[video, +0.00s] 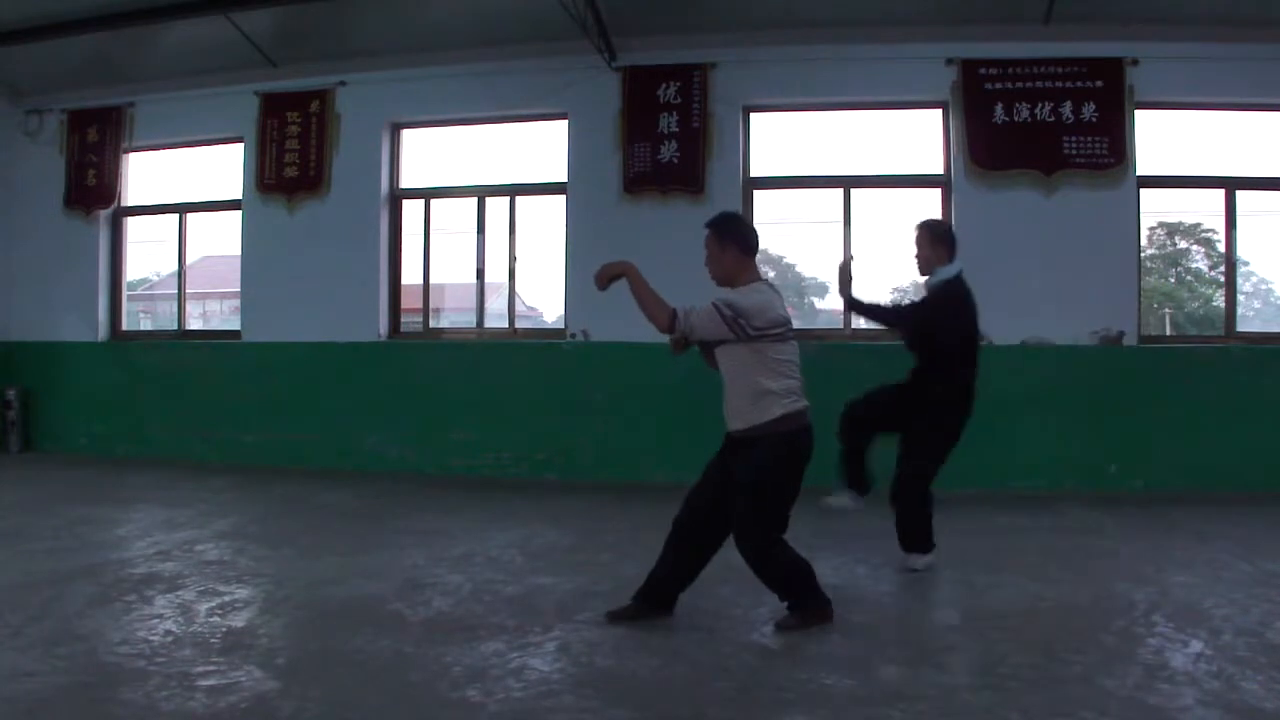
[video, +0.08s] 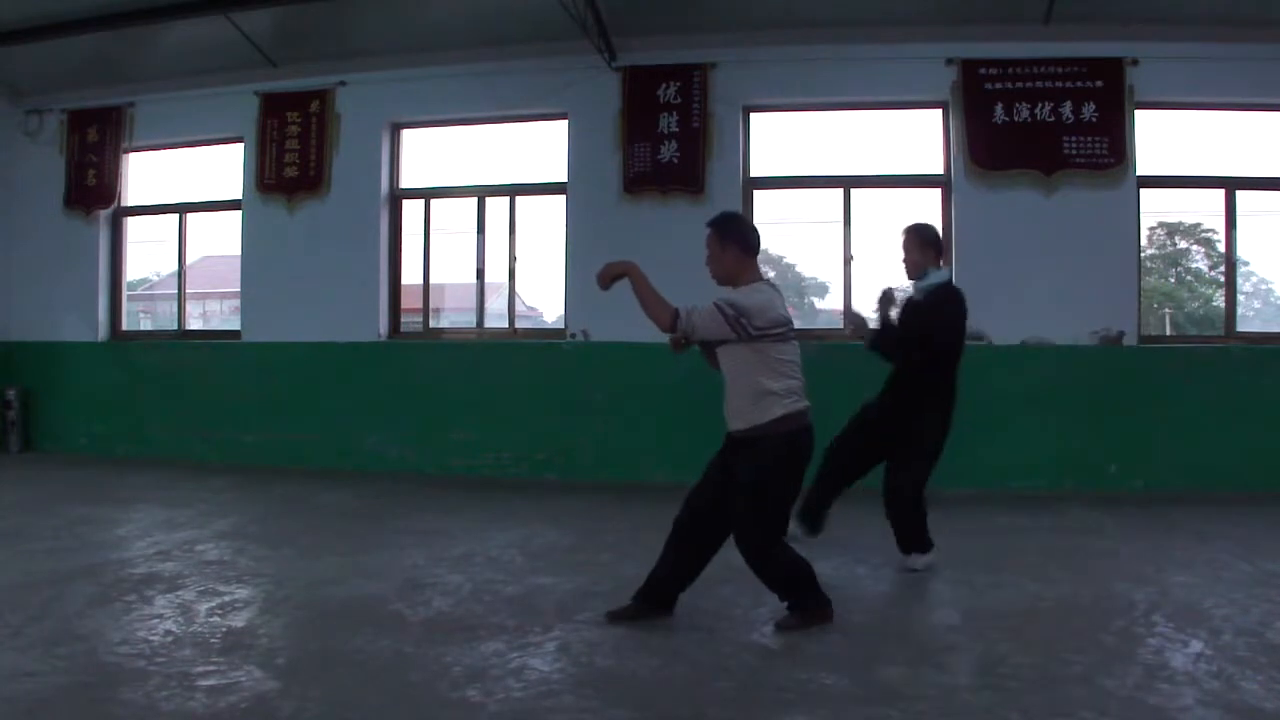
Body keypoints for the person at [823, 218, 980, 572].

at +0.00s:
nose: (916, 253)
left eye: (921, 246)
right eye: (917, 246)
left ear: (938, 249)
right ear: (943, 249)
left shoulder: (949, 294)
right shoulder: (945, 291)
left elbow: (906, 320)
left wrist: (850, 301)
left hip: (940, 402)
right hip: (931, 394)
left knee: (911, 477)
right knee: (858, 415)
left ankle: (919, 551)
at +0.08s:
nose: (904, 259)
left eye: (909, 251)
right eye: (904, 252)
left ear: (930, 253)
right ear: (931, 254)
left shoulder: (938, 299)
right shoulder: (932, 295)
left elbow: (904, 351)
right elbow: (904, 348)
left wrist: (873, 329)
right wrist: (881, 324)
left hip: (918, 409)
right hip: (908, 403)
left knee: (903, 482)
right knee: (843, 454)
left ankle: (918, 554)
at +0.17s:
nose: (893, 261)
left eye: (898, 253)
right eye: (893, 254)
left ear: (919, 254)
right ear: (906, 255)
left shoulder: (945, 305)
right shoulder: (894, 302)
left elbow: (930, 350)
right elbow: (857, 330)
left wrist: (887, 344)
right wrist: (846, 308)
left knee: (895, 488)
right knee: (837, 469)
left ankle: (918, 552)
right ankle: (790, 530)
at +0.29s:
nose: (860, 266)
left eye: (865, 259)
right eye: (860, 259)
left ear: (884, 261)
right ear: (886, 261)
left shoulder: (897, 305)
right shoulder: (881, 303)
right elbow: (839, 337)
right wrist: (807, 309)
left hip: (890, 420)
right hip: (867, 415)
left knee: (880, 498)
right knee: (819, 482)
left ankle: (915, 556)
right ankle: (774, 541)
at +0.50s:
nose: (819, 283)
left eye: (822, 276)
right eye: (819, 276)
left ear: (838, 276)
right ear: (851, 277)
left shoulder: (849, 320)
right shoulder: (848, 315)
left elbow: (796, 326)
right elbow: (839, 367)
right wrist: (812, 353)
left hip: (874, 432)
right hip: (847, 427)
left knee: (855, 518)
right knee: (788, 484)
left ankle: (905, 547)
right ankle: (759, 546)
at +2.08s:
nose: (809, 264)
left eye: (814, 257)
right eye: (810, 258)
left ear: (832, 260)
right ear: (839, 261)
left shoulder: (840, 305)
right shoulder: (845, 301)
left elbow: (788, 324)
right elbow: (837, 354)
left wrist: (750, 292)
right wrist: (802, 347)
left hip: (849, 416)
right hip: (839, 412)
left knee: (857, 491)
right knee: (779, 469)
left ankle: (908, 548)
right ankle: (757, 544)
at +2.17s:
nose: (798, 269)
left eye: (803, 261)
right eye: (799, 261)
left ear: (819, 263)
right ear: (828, 264)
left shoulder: (830, 308)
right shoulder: (835, 305)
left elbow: (776, 328)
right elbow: (829, 357)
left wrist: (743, 296)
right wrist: (793, 351)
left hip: (839, 417)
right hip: (837, 413)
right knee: (772, 470)